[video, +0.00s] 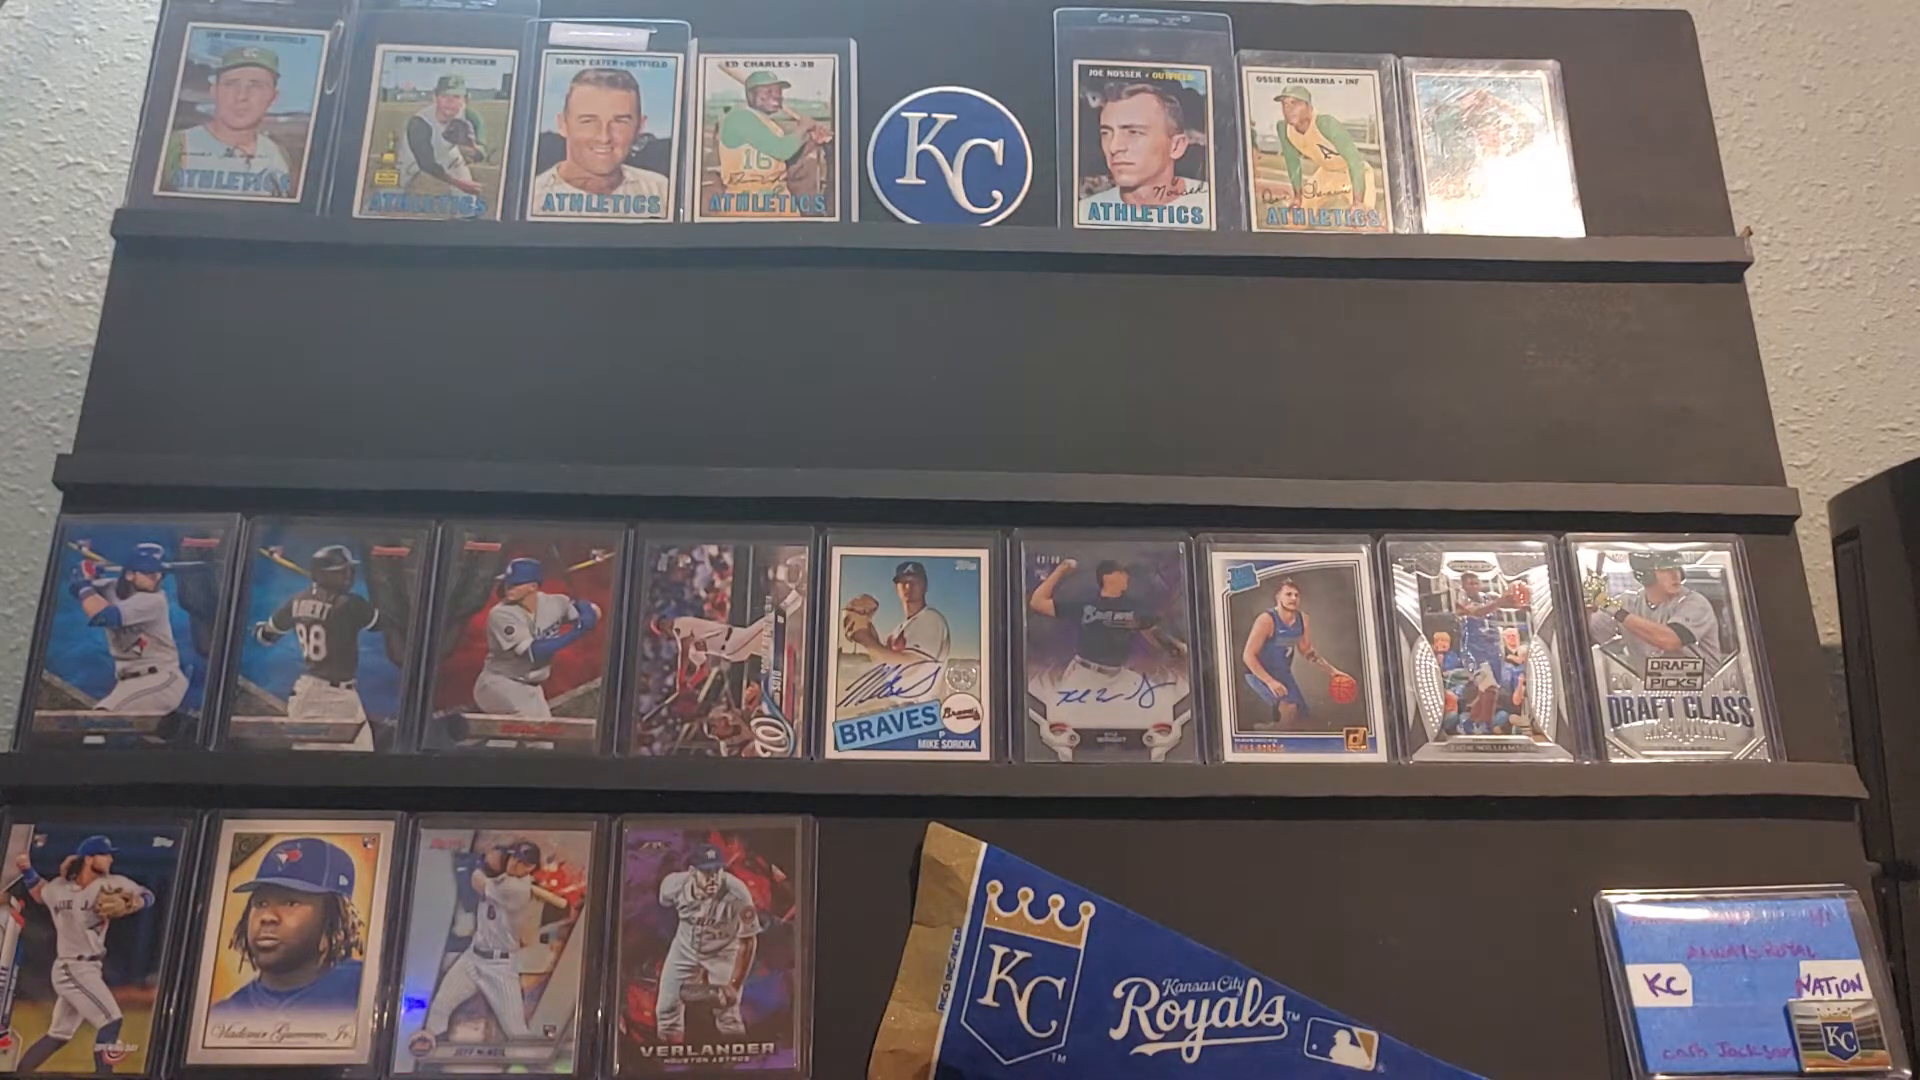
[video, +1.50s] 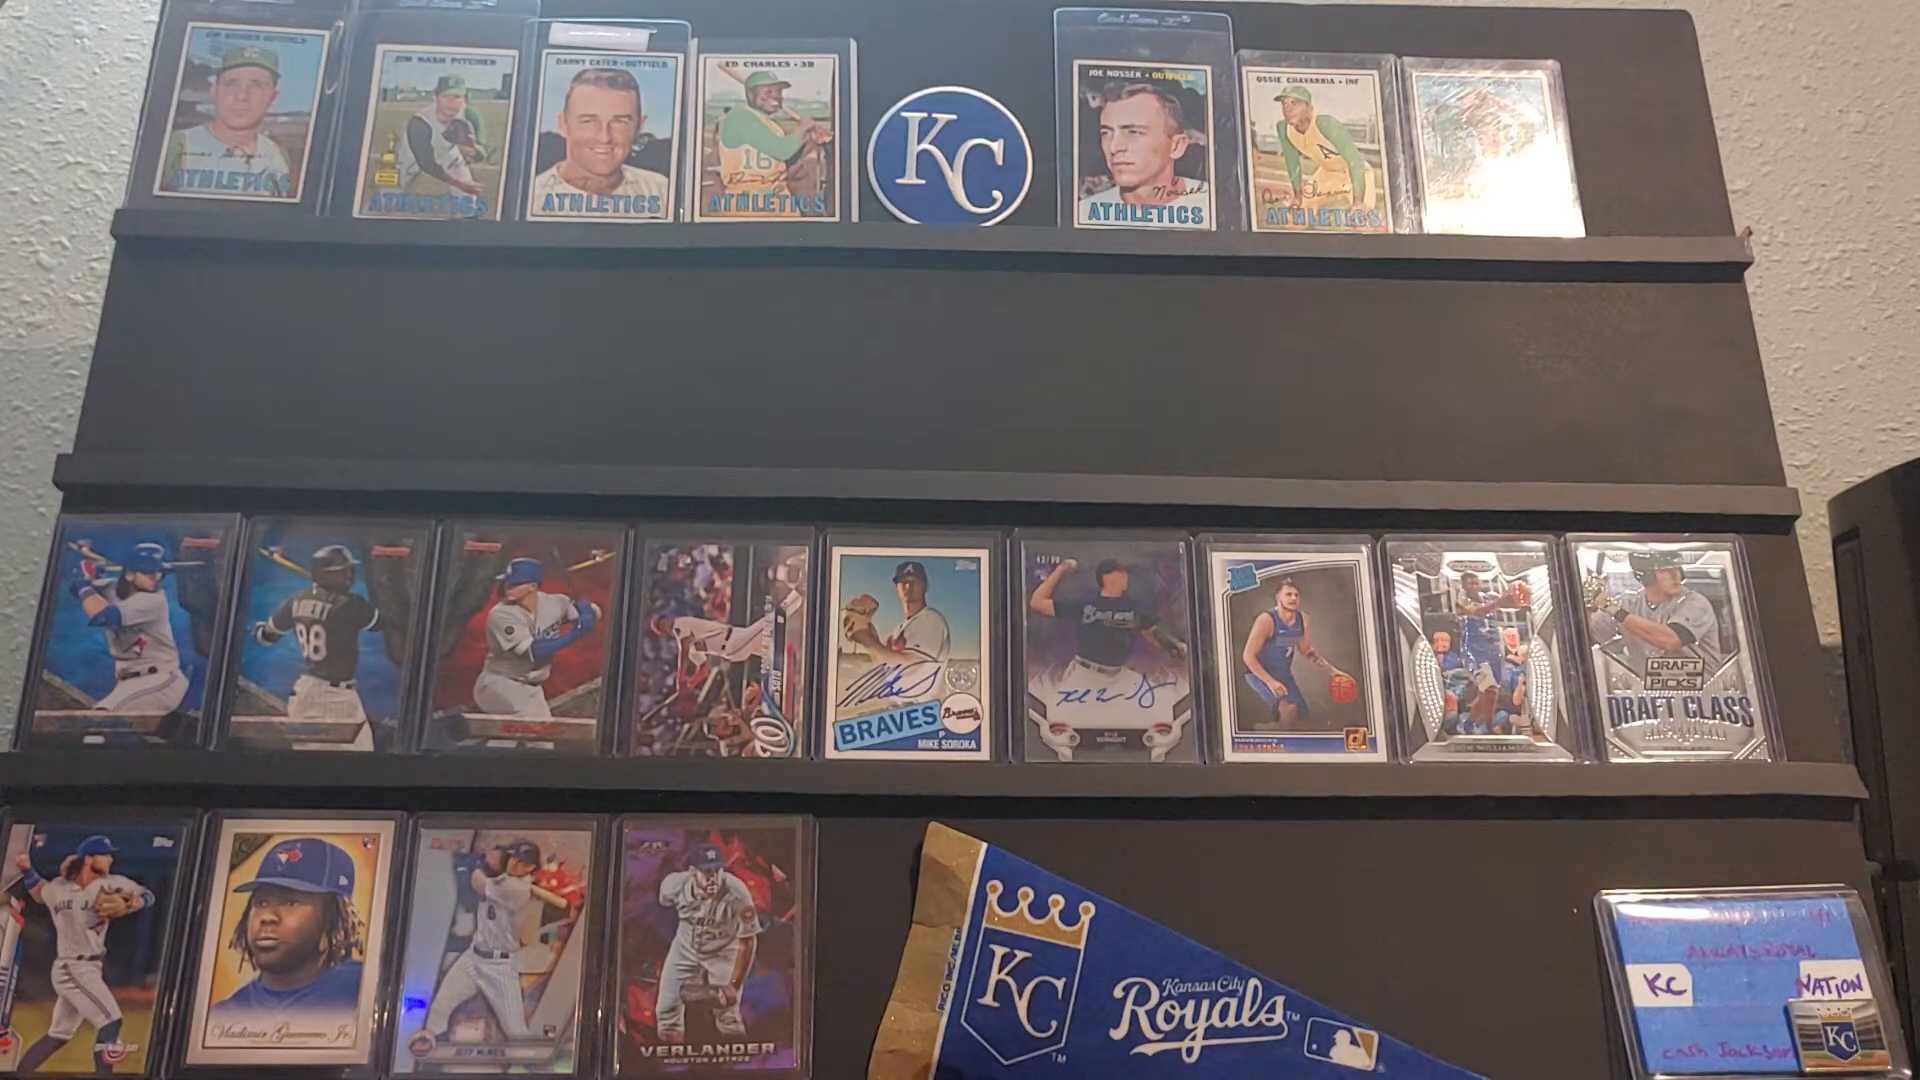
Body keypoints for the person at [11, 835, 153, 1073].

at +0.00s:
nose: (110, 859)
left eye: (110, 855)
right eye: (105, 855)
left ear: (96, 861)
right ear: (89, 859)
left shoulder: (111, 884)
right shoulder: (58, 888)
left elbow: (149, 896)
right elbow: (39, 892)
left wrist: (131, 904)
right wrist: (27, 869)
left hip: (90, 969)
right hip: (71, 969)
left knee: (58, 1035)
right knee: (111, 1020)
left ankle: (19, 1073)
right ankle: (104, 1074)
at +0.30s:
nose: (110, 860)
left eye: (110, 855)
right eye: (105, 855)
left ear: (98, 861)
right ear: (89, 859)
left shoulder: (111, 884)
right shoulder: (58, 888)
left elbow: (148, 896)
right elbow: (40, 891)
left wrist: (133, 904)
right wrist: (27, 870)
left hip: (90, 968)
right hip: (70, 968)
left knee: (59, 1035)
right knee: (111, 1020)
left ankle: (19, 1073)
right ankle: (104, 1074)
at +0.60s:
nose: (110, 860)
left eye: (110, 855)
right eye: (105, 855)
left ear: (95, 861)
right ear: (89, 859)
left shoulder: (112, 884)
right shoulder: (58, 889)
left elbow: (149, 896)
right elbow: (39, 890)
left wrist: (129, 905)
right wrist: (27, 869)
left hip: (91, 969)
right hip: (71, 969)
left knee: (59, 1035)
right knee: (110, 1020)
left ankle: (18, 1073)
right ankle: (104, 1074)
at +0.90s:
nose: (110, 859)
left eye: (110, 855)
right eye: (105, 855)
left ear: (98, 861)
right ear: (89, 859)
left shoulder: (111, 884)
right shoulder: (58, 888)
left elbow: (148, 896)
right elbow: (40, 891)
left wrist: (131, 905)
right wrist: (27, 869)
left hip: (90, 969)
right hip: (71, 969)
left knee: (58, 1036)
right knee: (110, 1020)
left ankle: (18, 1073)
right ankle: (104, 1074)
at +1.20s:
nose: (110, 860)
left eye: (110, 855)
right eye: (105, 855)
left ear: (96, 861)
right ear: (89, 859)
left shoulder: (112, 883)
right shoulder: (58, 889)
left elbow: (149, 896)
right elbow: (39, 891)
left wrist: (129, 905)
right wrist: (27, 869)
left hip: (91, 969)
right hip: (71, 969)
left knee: (59, 1035)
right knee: (110, 1020)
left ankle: (19, 1072)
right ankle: (104, 1074)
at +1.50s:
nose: (110, 859)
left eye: (110, 855)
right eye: (105, 855)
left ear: (97, 861)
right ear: (89, 859)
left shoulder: (110, 884)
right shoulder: (58, 888)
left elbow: (148, 896)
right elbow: (40, 891)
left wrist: (129, 904)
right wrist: (27, 870)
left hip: (90, 969)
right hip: (71, 969)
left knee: (59, 1035)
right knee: (111, 1020)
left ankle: (19, 1072)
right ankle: (104, 1074)